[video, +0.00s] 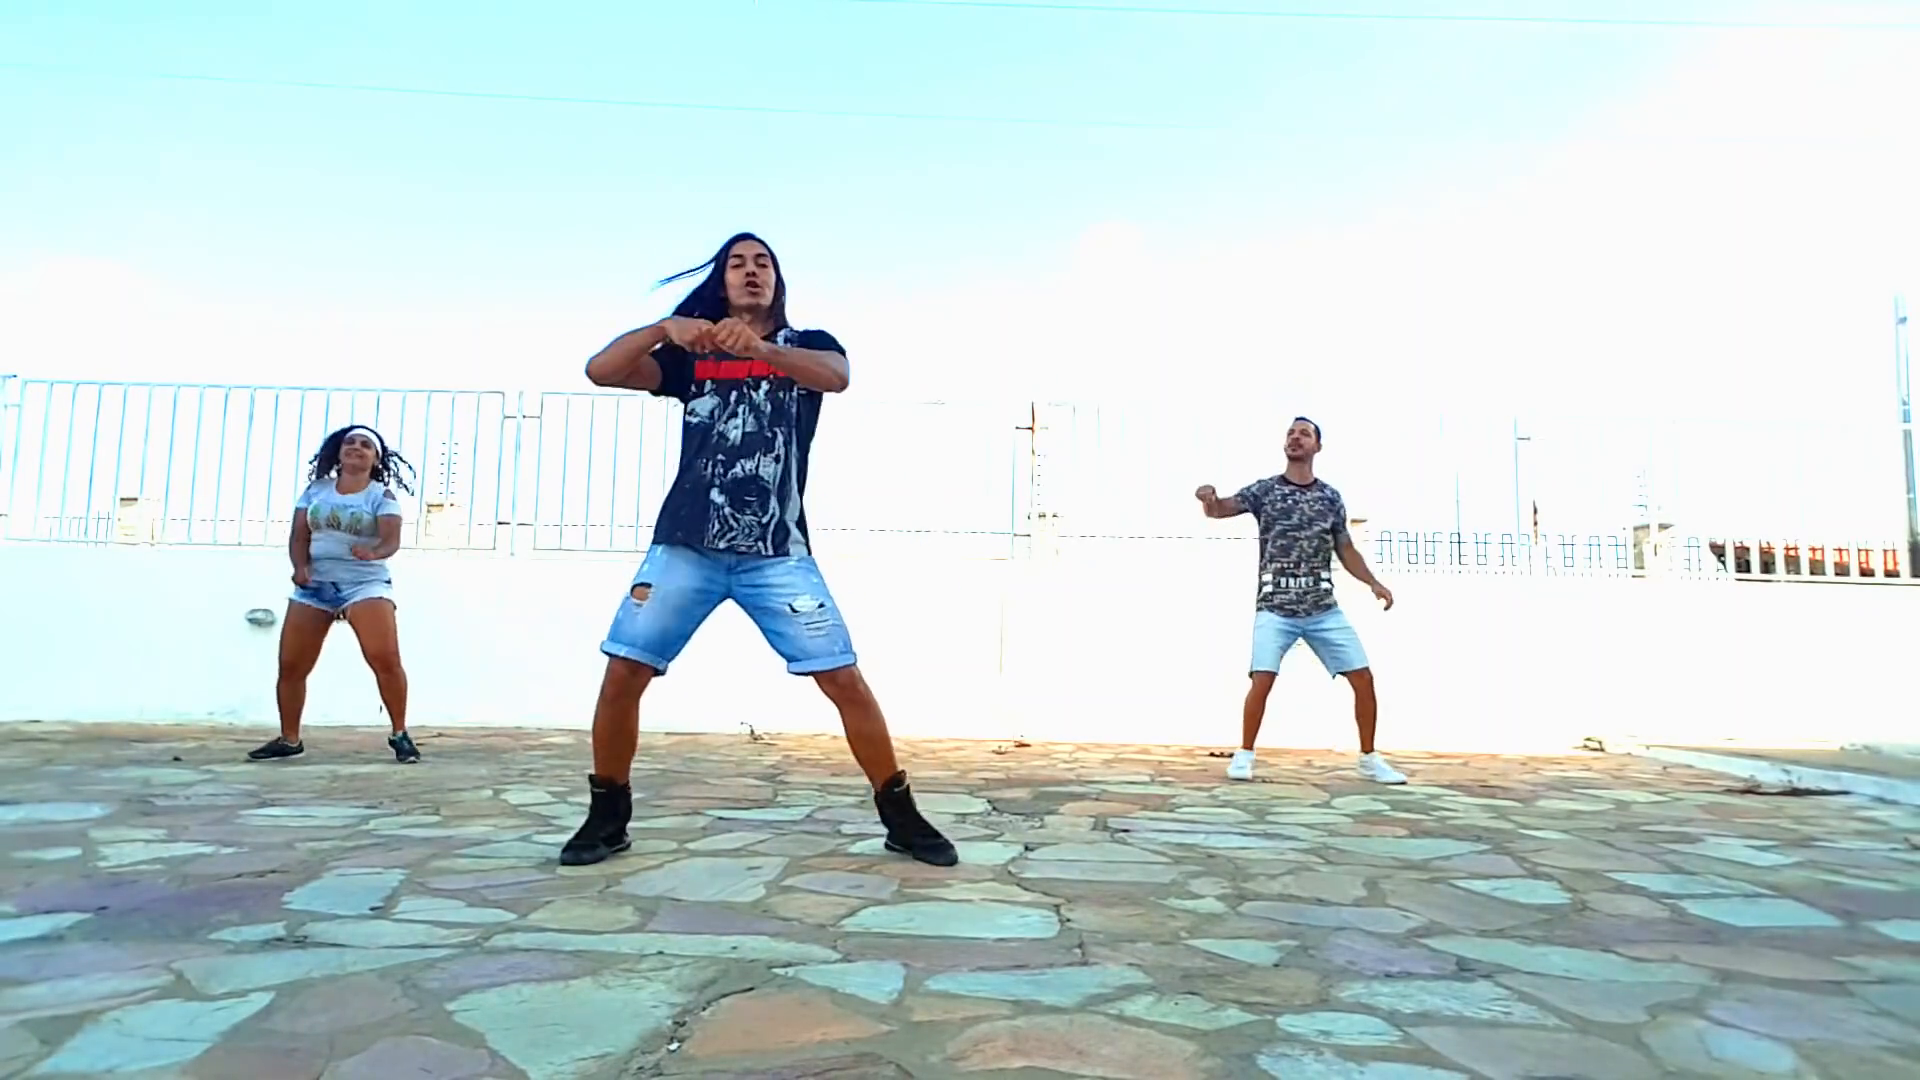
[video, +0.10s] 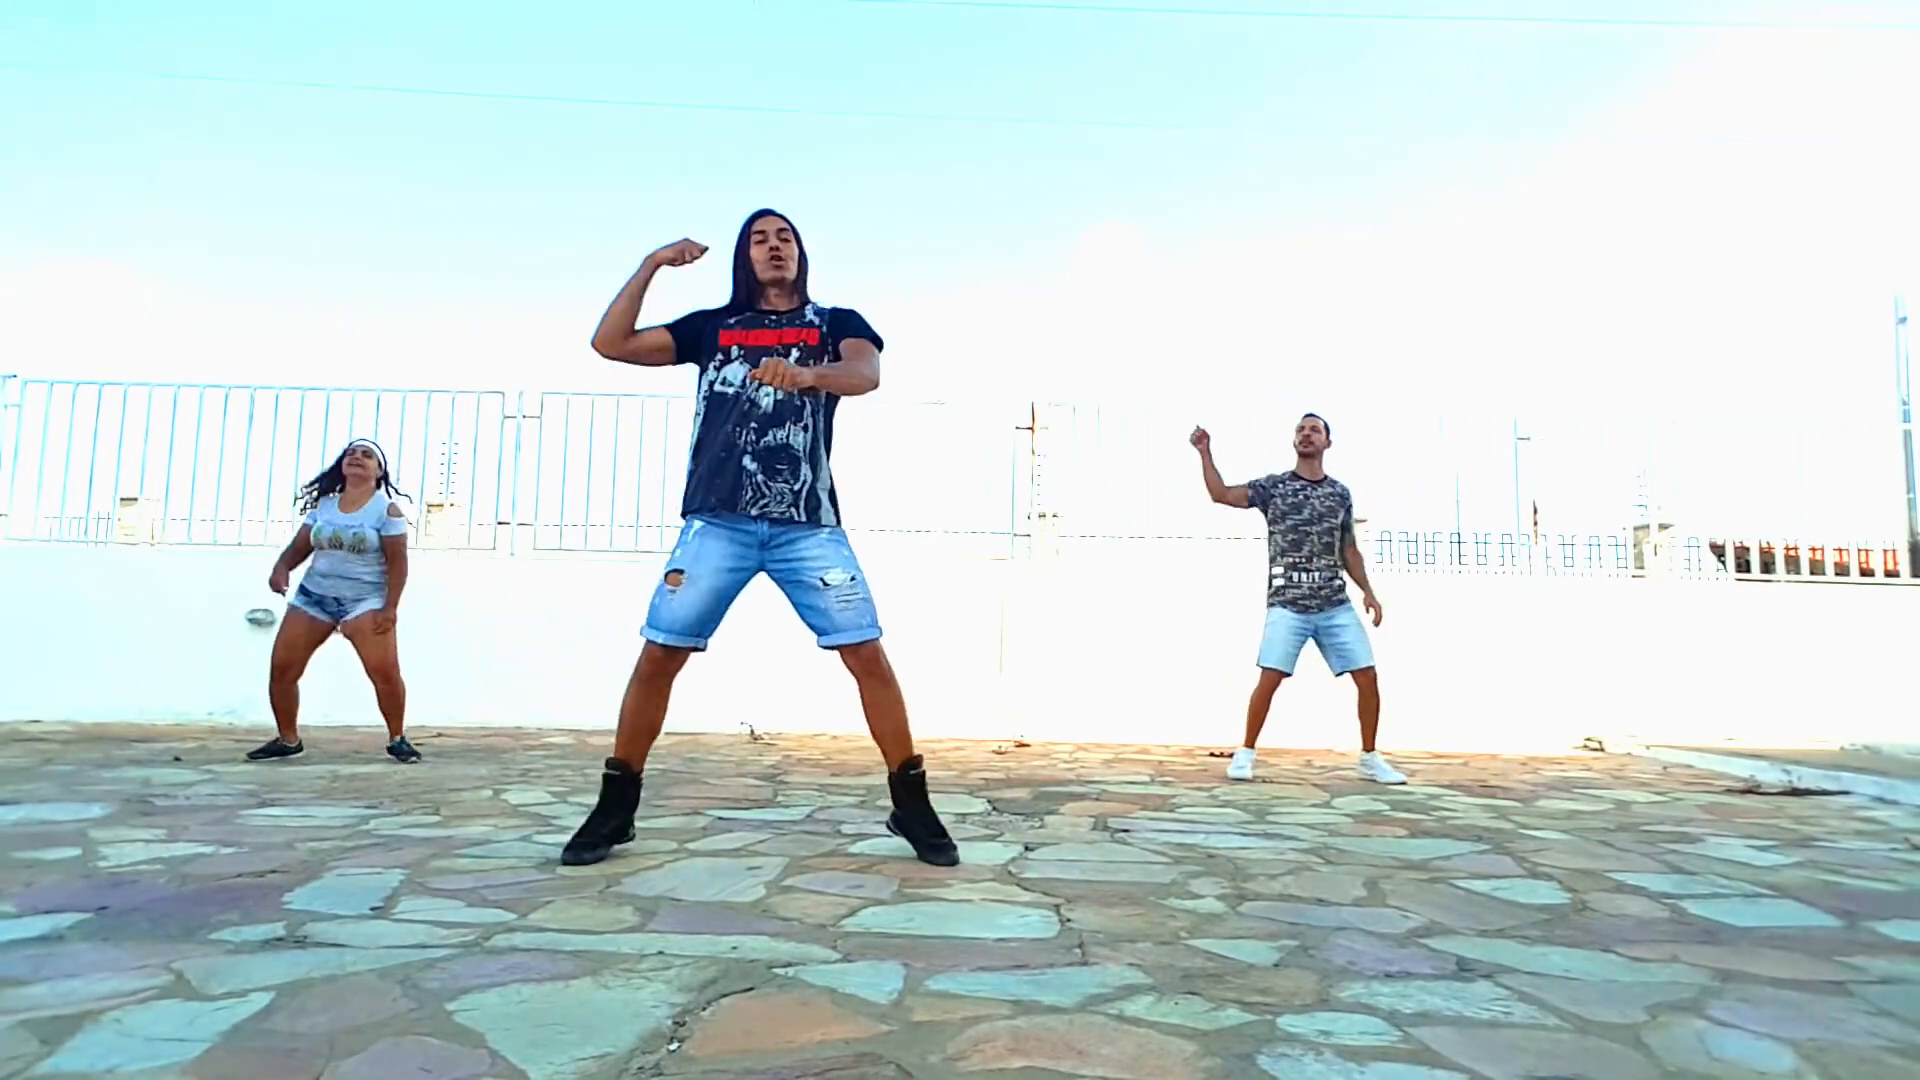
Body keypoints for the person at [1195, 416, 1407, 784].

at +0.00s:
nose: (1296, 437)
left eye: (1305, 433)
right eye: (1291, 432)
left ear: (1317, 447)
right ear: (1284, 444)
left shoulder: (1330, 498)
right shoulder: (1265, 490)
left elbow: (1346, 549)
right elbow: (1219, 510)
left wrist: (1373, 583)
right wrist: (1209, 499)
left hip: (1322, 609)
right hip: (1275, 608)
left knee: (1362, 676)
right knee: (1263, 677)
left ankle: (1369, 757)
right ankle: (1245, 754)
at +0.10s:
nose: (1307, 434)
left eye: (1315, 430)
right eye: (1302, 430)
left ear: (1327, 443)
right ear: (1293, 441)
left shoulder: (1339, 494)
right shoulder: (1273, 486)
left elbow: (1348, 549)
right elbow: (1221, 494)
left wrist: (1368, 592)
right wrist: (1205, 454)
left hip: (1335, 604)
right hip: (1287, 604)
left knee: (1367, 675)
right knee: (1271, 676)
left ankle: (1370, 756)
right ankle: (1246, 752)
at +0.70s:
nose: (1376, 417)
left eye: (1382, 412)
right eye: (1369, 412)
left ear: (1391, 419)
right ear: (1359, 418)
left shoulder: (1404, 468)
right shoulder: (1340, 453)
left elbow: (1418, 521)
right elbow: (1308, 408)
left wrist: (1432, 567)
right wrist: (1302, 363)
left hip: (1401, 574)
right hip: (1354, 572)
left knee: (1432, 649)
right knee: (1335, 653)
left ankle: (1433, 739)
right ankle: (1320, 738)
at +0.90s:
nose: (1405, 441)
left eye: (1412, 436)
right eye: (1398, 436)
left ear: (1422, 445)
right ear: (1387, 444)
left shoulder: (1434, 495)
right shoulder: (1368, 482)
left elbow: (1449, 546)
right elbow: (1335, 443)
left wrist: (1465, 578)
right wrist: (1346, 397)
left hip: (1425, 602)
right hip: (1380, 601)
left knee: (1477, 673)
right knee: (1364, 678)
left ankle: (1488, 758)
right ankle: (1350, 757)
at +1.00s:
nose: (1420, 450)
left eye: (1427, 444)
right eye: (1413, 445)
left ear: (1438, 453)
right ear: (1404, 453)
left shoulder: (1452, 506)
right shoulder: (1386, 492)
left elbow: (1466, 555)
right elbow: (1350, 456)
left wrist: (1484, 584)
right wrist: (1340, 407)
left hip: (1446, 612)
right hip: (1398, 610)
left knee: (1495, 681)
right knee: (1378, 679)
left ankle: (1488, 761)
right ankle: (1352, 756)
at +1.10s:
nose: (1432, 429)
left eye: (1439, 423)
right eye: (1426, 423)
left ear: (1448, 431)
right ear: (1415, 431)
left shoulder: (1466, 478)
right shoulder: (1398, 470)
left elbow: (1486, 528)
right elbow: (1361, 436)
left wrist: (1500, 566)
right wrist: (1364, 397)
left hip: (1466, 588)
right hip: (1418, 587)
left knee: (1494, 665)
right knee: (1393, 663)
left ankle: (1493, 753)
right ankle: (1362, 747)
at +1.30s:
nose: (1463, 427)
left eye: (1470, 421)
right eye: (1456, 420)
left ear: (1480, 428)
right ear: (1444, 427)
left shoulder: (1497, 474)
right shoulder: (1426, 467)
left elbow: (1519, 527)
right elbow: (1390, 430)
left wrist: (1530, 561)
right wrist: (1403, 381)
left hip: (1490, 585)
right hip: (1441, 583)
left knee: (1527, 659)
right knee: (1419, 656)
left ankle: (1537, 751)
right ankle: (1402, 746)